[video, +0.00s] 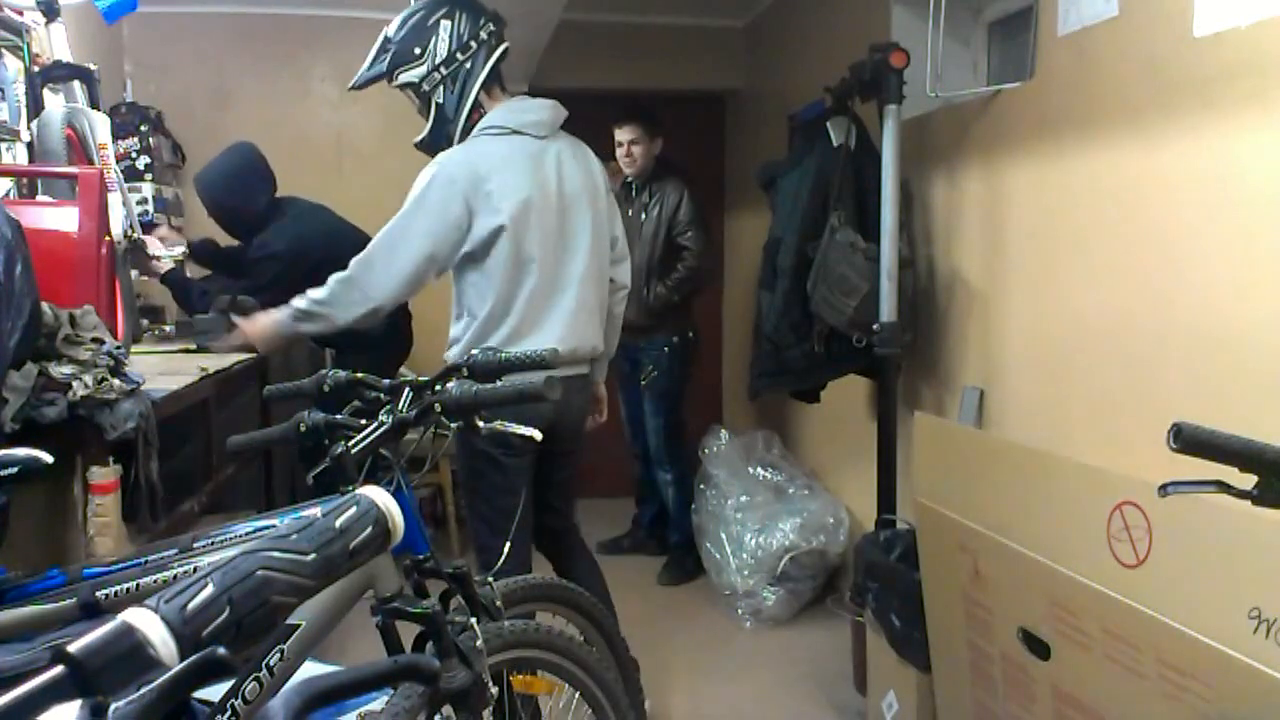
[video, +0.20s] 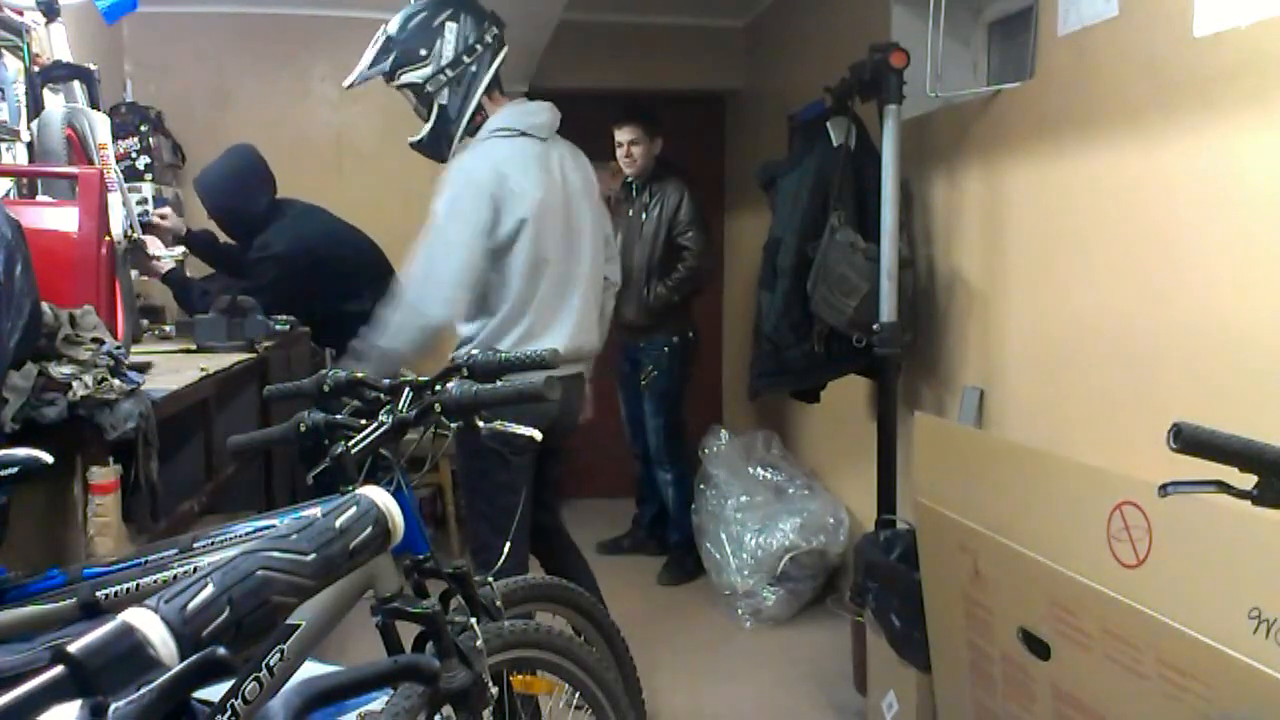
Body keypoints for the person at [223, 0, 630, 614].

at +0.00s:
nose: (421, 110)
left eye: (423, 91)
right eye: (416, 93)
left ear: (454, 78)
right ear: (491, 71)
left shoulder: (465, 167)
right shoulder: (583, 161)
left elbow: (381, 279)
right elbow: (618, 277)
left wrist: (283, 320)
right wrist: (598, 369)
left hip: (500, 394)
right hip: (573, 390)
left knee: (502, 559)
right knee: (560, 532)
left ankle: (511, 697)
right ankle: (616, 674)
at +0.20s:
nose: (423, 113)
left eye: (425, 95)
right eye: (417, 97)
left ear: (460, 82)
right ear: (485, 75)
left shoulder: (482, 165)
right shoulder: (573, 161)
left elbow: (429, 298)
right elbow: (608, 271)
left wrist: (356, 372)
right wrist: (577, 357)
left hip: (500, 392)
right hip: (564, 387)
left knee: (498, 551)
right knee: (545, 526)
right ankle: (608, 669)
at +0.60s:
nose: (492, 135)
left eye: (505, 121)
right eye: (478, 122)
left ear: (538, 112)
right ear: (462, 122)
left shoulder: (575, 191)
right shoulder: (488, 197)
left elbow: (581, 308)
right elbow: (467, 299)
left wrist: (503, 362)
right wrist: (412, 357)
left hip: (573, 387)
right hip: (514, 386)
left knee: (524, 551)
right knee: (510, 546)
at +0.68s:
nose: (503, 145)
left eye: (516, 130)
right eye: (489, 131)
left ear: (549, 122)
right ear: (473, 130)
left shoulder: (586, 200)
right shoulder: (490, 206)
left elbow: (604, 325)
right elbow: (469, 313)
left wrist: (557, 381)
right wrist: (419, 361)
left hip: (569, 397)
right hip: (503, 395)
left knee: (527, 551)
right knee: (501, 547)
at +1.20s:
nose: (512, 128)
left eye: (520, 111)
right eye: (512, 112)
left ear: (560, 114)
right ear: (562, 114)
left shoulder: (607, 199)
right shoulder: (560, 190)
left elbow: (610, 328)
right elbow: (532, 305)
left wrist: (546, 404)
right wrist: (485, 381)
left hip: (545, 405)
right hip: (512, 397)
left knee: (533, 558)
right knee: (510, 542)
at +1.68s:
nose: (528, 122)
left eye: (530, 104)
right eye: (527, 105)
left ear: (556, 102)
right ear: (612, 102)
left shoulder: (586, 204)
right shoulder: (630, 196)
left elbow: (515, 332)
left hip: (581, 434)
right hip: (614, 428)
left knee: (522, 580)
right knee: (549, 566)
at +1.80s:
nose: (533, 123)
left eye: (534, 105)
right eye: (531, 106)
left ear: (556, 103)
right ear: (618, 100)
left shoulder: (585, 200)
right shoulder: (643, 196)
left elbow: (529, 326)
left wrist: (440, 377)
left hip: (567, 426)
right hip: (612, 419)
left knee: (526, 574)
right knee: (554, 560)